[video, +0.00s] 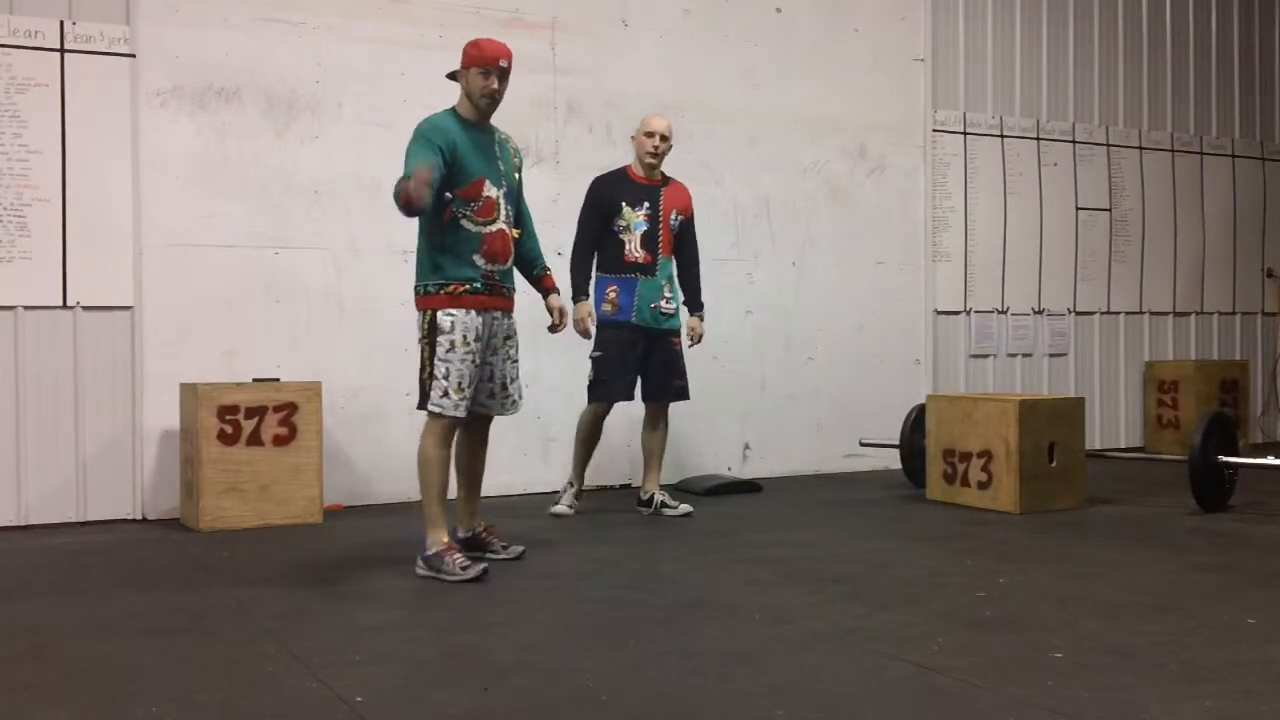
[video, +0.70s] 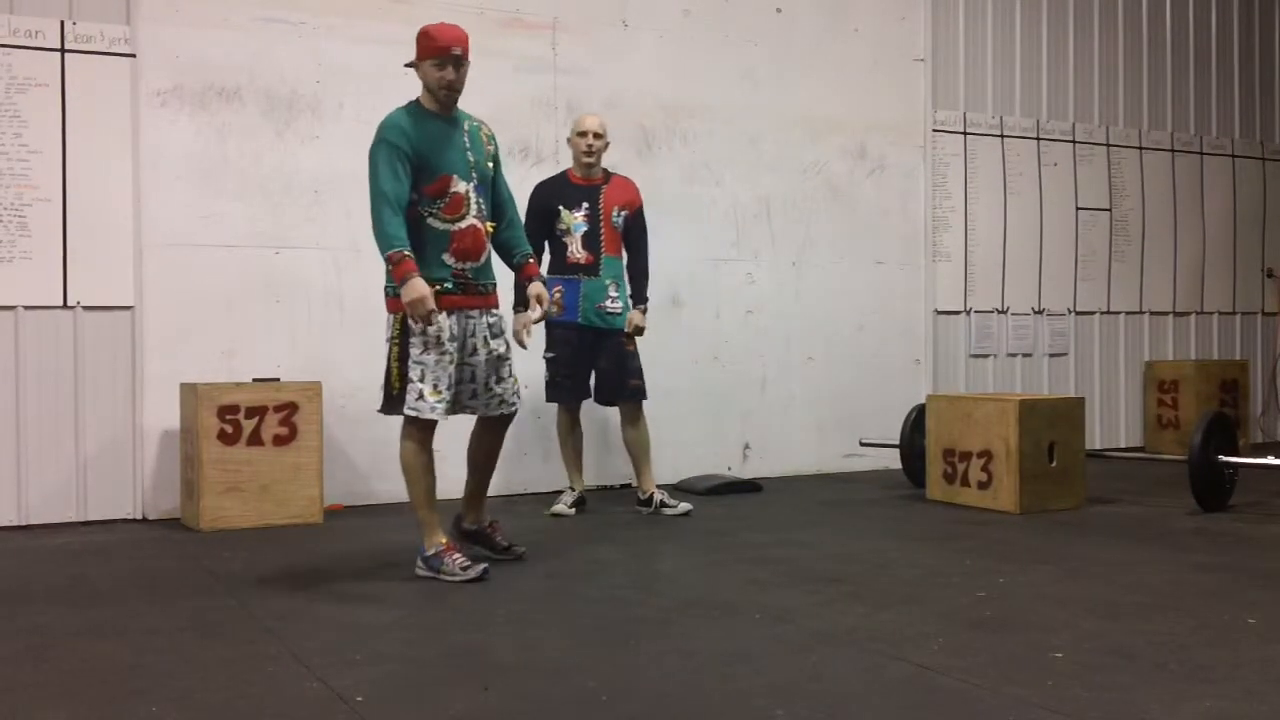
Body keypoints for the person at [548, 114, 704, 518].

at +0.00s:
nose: (657, 144)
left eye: (664, 139)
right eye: (650, 136)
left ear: (670, 146)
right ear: (634, 140)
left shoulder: (679, 195)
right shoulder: (606, 187)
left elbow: (687, 259)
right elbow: (582, 247)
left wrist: (695, 311)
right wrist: (580, 299)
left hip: (663, 319)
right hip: (615, 317)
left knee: (658, 406)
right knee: (600, 403)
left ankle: (650, 491)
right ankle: (573, 485)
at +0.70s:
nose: (591, 142)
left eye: (598, 136)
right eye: (584, 135)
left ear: (607, 144)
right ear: (571, 141)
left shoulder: (625, 190)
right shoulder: (547, 192)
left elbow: (638, 253)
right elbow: (529, 254)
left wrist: (639, 306)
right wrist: (521, 306)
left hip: (614, 318)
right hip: (565, 319)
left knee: (631, 404)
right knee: (568, 406)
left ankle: (648, 491)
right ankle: (575, 489)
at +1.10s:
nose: (580, 141)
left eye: (586, 134)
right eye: (573, 134)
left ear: (595, 141)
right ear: (558, 142)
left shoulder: (615, 186)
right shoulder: (538, 192)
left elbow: (632, 247)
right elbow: (524, 258)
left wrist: (643, 297)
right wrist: (519, 310)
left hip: (613, 314)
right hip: (562, 318)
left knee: (638, 398)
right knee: (566, 404)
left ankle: (655, 487)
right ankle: (574, 489)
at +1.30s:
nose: (588, 141)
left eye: (594, 134)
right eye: (580, 134)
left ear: (603, 141)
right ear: (566, 142)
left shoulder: (623, 187)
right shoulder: (546, 193)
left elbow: (638, 249)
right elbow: (531, 255)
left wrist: (648, 301)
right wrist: (526, 308)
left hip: (620, 316)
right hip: (569, 317)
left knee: (638, 400)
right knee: (570, 404)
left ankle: (648, 488)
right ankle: (574, 489)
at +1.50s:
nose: (610, 139)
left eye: (616, 133)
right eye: (602, 133)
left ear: (624, 140)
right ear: (587, 140)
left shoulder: (640, 188)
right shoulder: (565, 190)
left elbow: (652, 250)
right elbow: (548, 252)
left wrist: (658, 303)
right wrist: (541, 305)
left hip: (632, 316)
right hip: (582, 317)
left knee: (640, 403)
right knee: (578, 404)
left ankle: (646, 490)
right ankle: (576, 489)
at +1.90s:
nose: (652, 140)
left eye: (658, 134)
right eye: (644, 133)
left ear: (665, 142)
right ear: (628, 139)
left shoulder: (676, 191)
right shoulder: (601, 187)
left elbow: (686, 251)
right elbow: (580, 247)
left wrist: (697, 304)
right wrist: (579, 300)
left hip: (658, 315)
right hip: (610, 314)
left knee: (654, 403)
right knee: (594, 401)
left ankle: (647, 488)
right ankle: (579, 486)